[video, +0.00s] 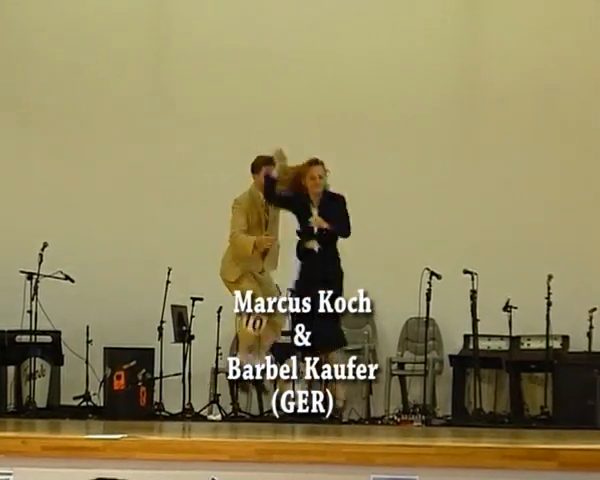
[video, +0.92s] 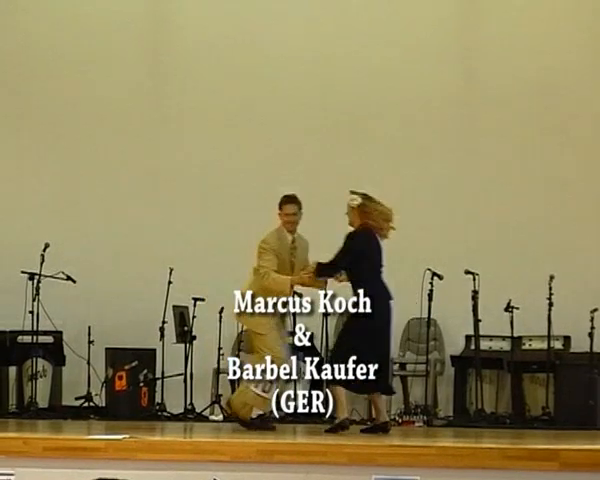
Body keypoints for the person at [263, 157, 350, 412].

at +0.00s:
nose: (317, 182)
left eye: (320, 177)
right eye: (312, 178)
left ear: (325, 178)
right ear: (303, 180)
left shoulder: (335, 200)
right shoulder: (299, 201)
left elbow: (345, 231)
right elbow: (271, 197)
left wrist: (325, 224)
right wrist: (273, 173)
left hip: (330, 266)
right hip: (307, 265)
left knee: (326, 323)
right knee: (305, 320)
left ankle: (332, 387)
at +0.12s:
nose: (322, 205)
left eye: (326, 200)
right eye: (318, 201)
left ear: (335, 200)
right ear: (313, 203)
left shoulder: (340, 226)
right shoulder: (319, 228)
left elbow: (333, 262)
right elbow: (301, 256)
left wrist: (310, 248)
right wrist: (288, 241)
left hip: (344, 298)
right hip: (332, 297)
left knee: (326, 349)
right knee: (322, 349)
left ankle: (348, 410)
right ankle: (344, 409)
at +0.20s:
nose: (324, 225)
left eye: (327, 220)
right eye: (323, 221)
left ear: (339, 219)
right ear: (323, 223)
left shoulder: (342, 248)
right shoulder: (340, 247)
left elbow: (325, 277)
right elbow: (325, 276)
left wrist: (294, 272)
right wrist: (295, 272)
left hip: (356, 315)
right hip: (355, 314)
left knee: (329, 364)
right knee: (337, 365)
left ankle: (350, 418)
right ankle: (356, 416)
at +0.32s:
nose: (332, 237)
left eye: (336, 233)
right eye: (333, 233)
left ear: (348, 234)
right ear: (350, 235)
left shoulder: (349, 258)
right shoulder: (359, 256)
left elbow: (323, 284)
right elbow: (325, 283)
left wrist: (291, 291)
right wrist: (293, 291)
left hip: (373, 324)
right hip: (381, 323)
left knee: (331, 364)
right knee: (355, 367)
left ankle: (350, 418)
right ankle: (359, 418)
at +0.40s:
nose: (341, 234)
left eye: (344, 230)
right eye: (341, 230)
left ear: (356, 231)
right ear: (360, 232)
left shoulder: (353, 256)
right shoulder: (372, 255)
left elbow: (326, 275)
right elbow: (356, 290)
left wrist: (298, 283)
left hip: (380, 320)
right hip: (392, 320)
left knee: (339, 361)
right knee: (352, 362)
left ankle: (349, 419)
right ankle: (357, 418)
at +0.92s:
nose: (348, 215)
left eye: (351, 211)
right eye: (349, 211)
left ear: (361, 213)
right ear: (366, 214)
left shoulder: (357, 237)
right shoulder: (370, 236)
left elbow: (338, 266)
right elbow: (360, 269)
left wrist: (315, 268)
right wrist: (332, 273)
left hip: (366, 304)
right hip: (379, 303)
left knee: (336, 359)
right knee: (371, 360)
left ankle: (341, 415)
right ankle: (381, 418)